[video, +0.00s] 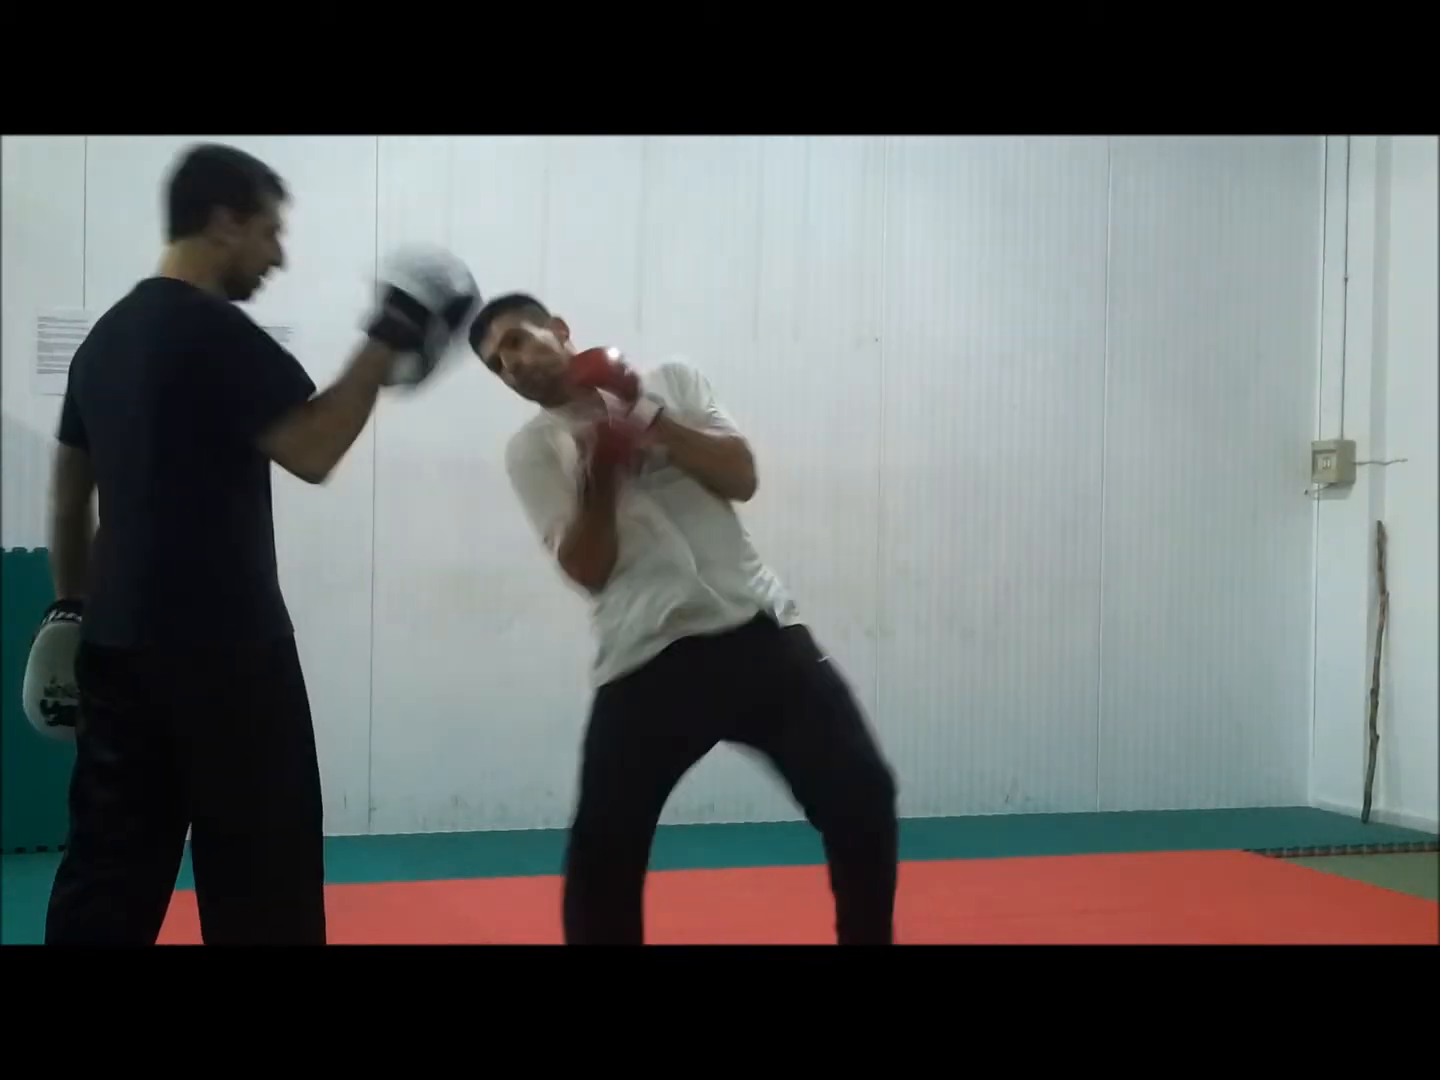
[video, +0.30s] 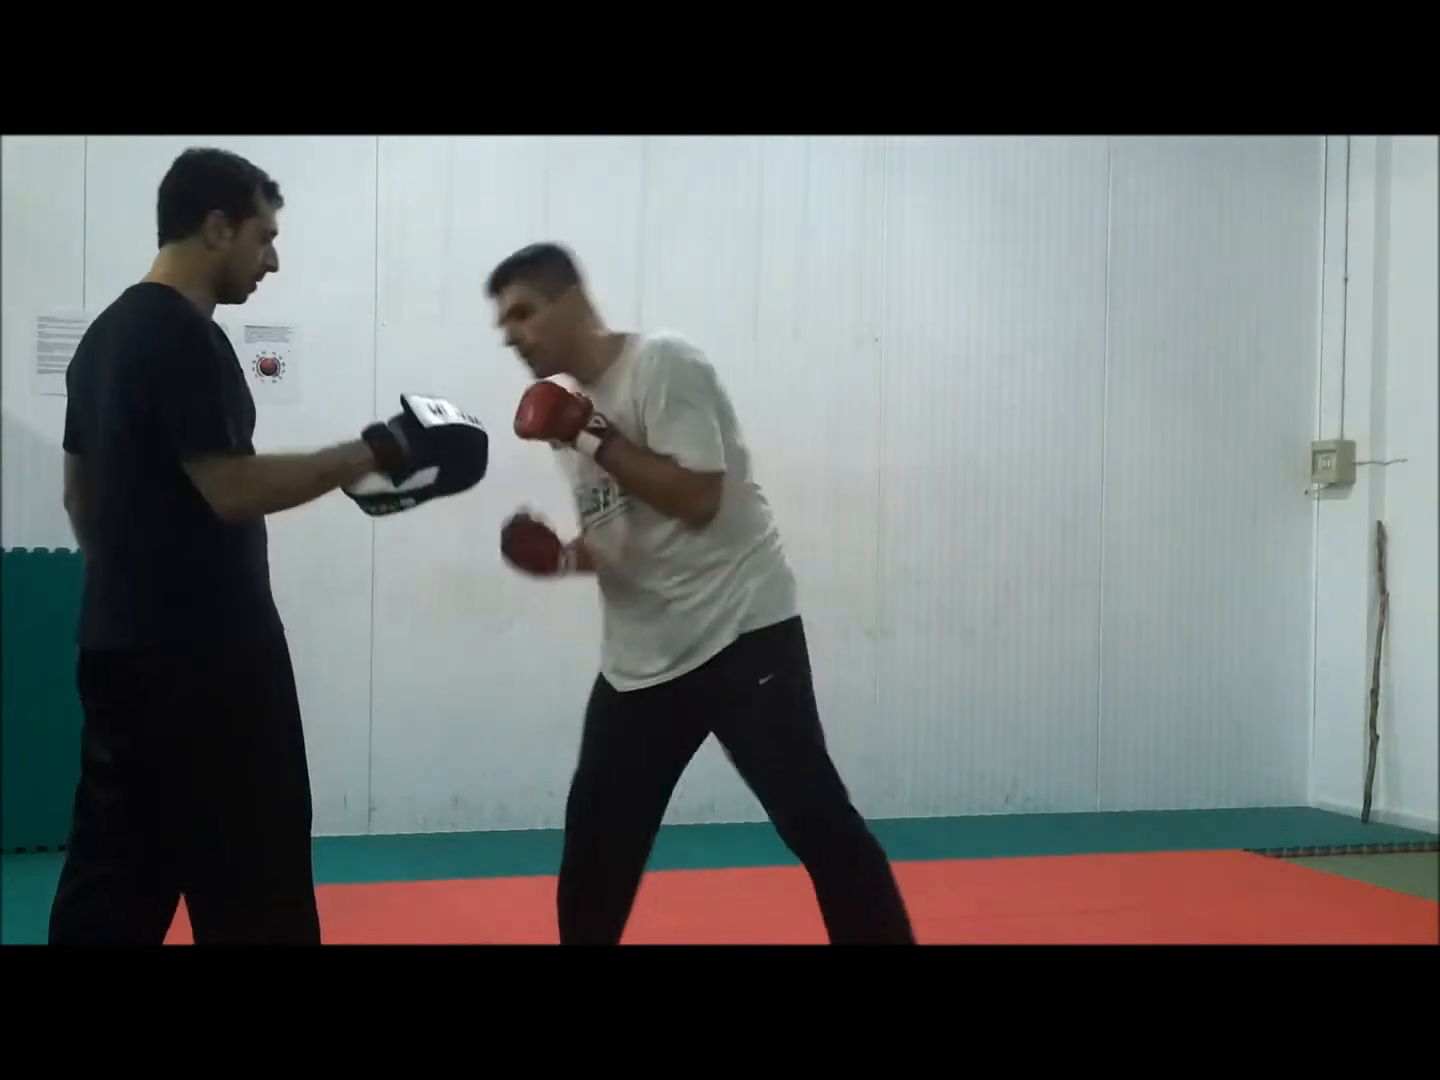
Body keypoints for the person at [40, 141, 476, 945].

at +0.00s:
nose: (279, 254)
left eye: (279, 233)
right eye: (271, 230)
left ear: (205, 224)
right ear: (222, 221)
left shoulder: (108, 335)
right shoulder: (221, 333)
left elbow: (70, 495)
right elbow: (314, 449)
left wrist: (71, 613)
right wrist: (385, 341)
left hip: (120, 651)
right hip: (229, 655)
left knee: (107, 877)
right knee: (267, 883)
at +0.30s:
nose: (271, 261)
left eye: (273, 241)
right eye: (266, 237)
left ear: (189, 227)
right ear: (216, 225)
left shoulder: (105, 334)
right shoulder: (183, 333)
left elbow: (84, 498)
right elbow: (231, 489)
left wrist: (145, 583)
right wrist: (363, 457)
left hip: (122, 644)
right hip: (212, 646)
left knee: (114, 868)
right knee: (256, 869)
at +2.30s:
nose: (313, 272)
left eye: (315, 252)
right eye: (308, 249)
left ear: (239, 235)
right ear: (258, 235)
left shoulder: (129, 328)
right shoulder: (206, 338)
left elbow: (93, 478)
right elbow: (238, 506)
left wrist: (137, 575)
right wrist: (374, 482)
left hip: (123, 638)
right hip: (216, 648)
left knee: (116, 869)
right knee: (257, 876)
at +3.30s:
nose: (290, 263)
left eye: (291, 244)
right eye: (281, 241)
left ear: (220, 234)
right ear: (228, 230)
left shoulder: (127, 337)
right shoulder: (206, 334)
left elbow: (90, 488)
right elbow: (294, 413)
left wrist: (95, 599)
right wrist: (409, 395)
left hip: (130, 645)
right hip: (220, 644)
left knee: (121, 866)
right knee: (263, 871)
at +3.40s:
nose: (282, 261)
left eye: (284, 241)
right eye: (274, 238)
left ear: (213, 231)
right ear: (221, 228)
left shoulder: (126, 335)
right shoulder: (206, 329)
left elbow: (91, 490)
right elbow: (314, 369)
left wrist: (103, 602)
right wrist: (410, 339)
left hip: (134, 646)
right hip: (222, 647)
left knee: (120, 867)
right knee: (259, 874)